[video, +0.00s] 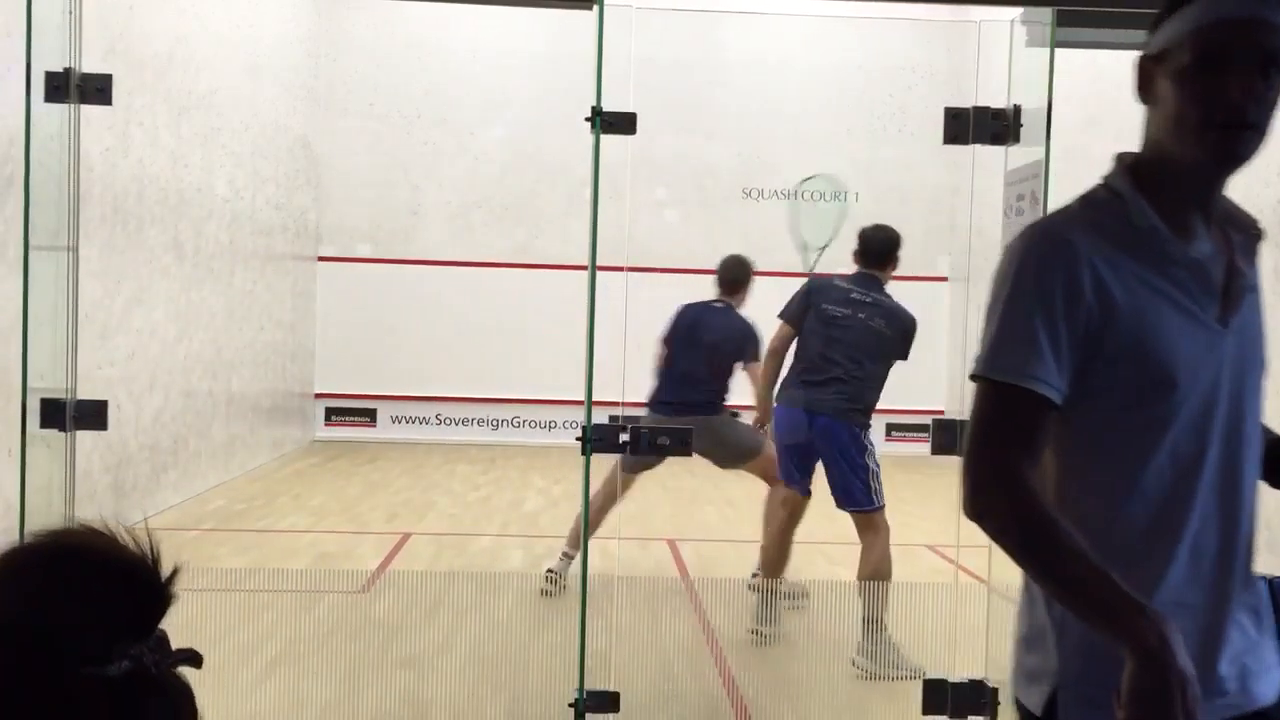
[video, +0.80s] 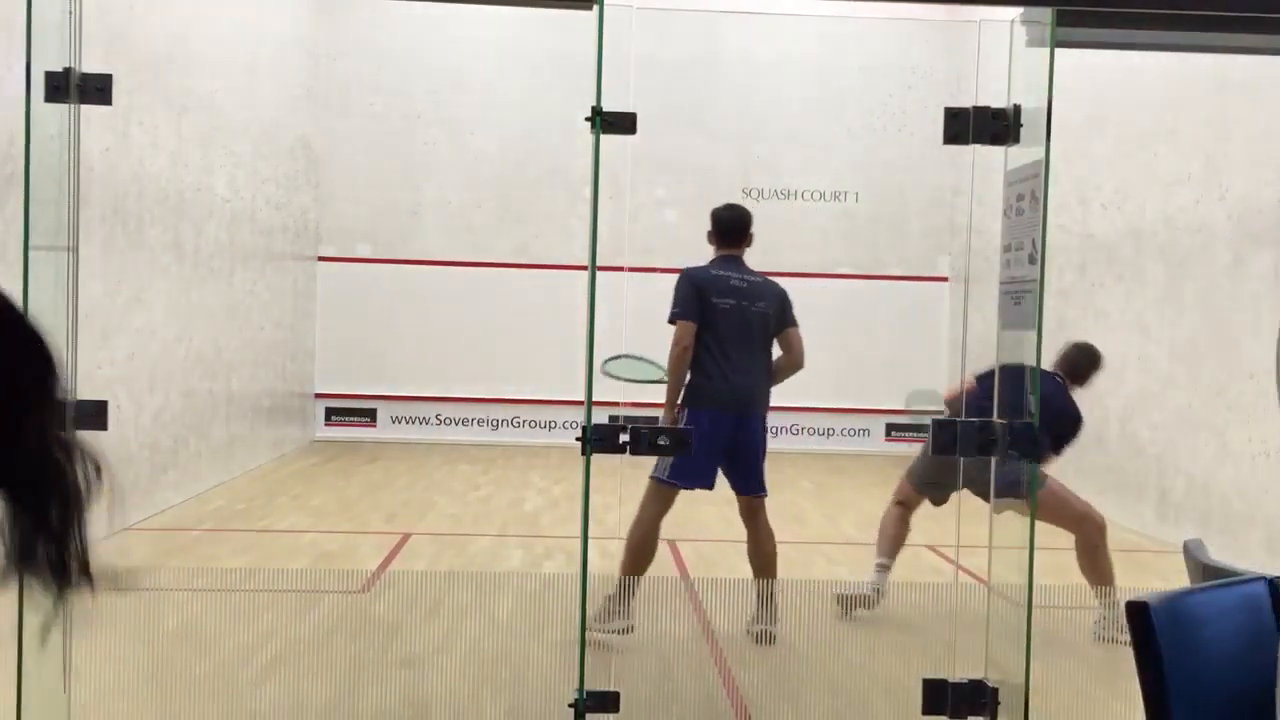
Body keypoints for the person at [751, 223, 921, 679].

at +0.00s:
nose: (892, 265)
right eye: (894, 259)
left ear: (854, 256)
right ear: (894, 264)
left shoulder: (817, 288)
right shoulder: (901, 320)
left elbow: (776, 346)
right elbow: (883, 364)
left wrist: (763, 403)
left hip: (792, 415)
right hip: (844, 427)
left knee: (788, 503)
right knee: (874, 532)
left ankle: (763, 613)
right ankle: (874, 641)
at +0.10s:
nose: (862, 263)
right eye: (866, 258)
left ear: (828, 256)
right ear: (866, 262)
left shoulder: (793, 294)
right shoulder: (879, 315)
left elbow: (759, 355)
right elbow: (874, 380)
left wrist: (749, 411)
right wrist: (848, 415)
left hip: (782, 423)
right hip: (838, 430)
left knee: (765, 512)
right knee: (869, 531)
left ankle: (732, 615)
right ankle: (873, 641)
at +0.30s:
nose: (913, 299)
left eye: (914, 292)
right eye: (914, 292)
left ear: (881, 283)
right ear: (905, 291)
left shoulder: (845, 308)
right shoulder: (872, 322)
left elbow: (836, 351)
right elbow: (883, 384)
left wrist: (887, 355)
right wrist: (953, 384)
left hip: (798, 420)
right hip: (838, 426)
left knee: (772, 507)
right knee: (923, 480)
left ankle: (745, 588)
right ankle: (879, 559)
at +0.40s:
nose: (987, 327)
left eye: (986, 319)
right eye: (987, 319)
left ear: (956, 306)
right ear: (978, 317)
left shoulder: (925, 322)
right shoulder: (935, 345)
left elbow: (884, 310)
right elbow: (948, 403)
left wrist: (870, 326)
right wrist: (1006, 377)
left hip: (848, 429)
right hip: (886, 440)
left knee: (800, 512)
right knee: (976, 496)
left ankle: (748, 585)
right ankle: (1025, 578)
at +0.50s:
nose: (1050, 359)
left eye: (1051, 350)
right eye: (1052, 351)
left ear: (1024, 331)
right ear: (1045, 349)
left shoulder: (981, 346)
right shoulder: (1013, 392)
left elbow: (930, 340)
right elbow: (1043, 453)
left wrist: (883, 336)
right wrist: (1072, 431)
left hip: (910, 450)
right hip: (954, 464)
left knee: (843, 524)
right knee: (1038, 524)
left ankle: (766, 584)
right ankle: (1096, 609)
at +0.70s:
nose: (1106, 401)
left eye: (1103, 389)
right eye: (1110, 396)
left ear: (1080, 373)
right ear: (1106, 396)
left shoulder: (1032, 385)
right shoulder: (1085, 425)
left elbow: (965, 403)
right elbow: (1089, 485)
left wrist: (949, 440)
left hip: (948, 456)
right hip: (998, 470)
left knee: (899, 526)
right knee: (1090, 528)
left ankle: (837, 587)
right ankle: (1110, 617)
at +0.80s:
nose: (1085, 375)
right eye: (1089, 373)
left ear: (1058, 359)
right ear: (1086, 379)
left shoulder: (1012, 371)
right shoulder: (1070, 416)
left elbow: (953, 397)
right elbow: (1037, 460)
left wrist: (972, 428)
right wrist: (1006, 498)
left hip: (946, 449)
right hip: (1000, 467)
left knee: (902, 503)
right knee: (1090, 525)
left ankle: (875, 582)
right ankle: (1110, 617)